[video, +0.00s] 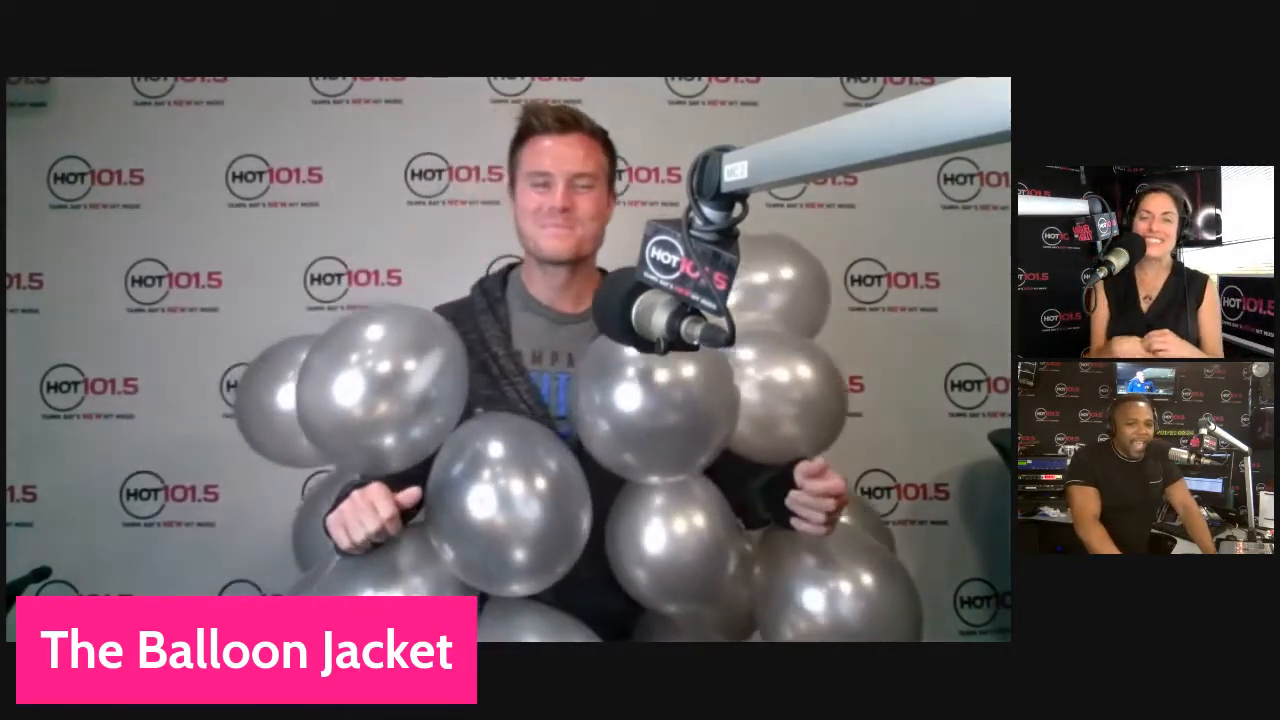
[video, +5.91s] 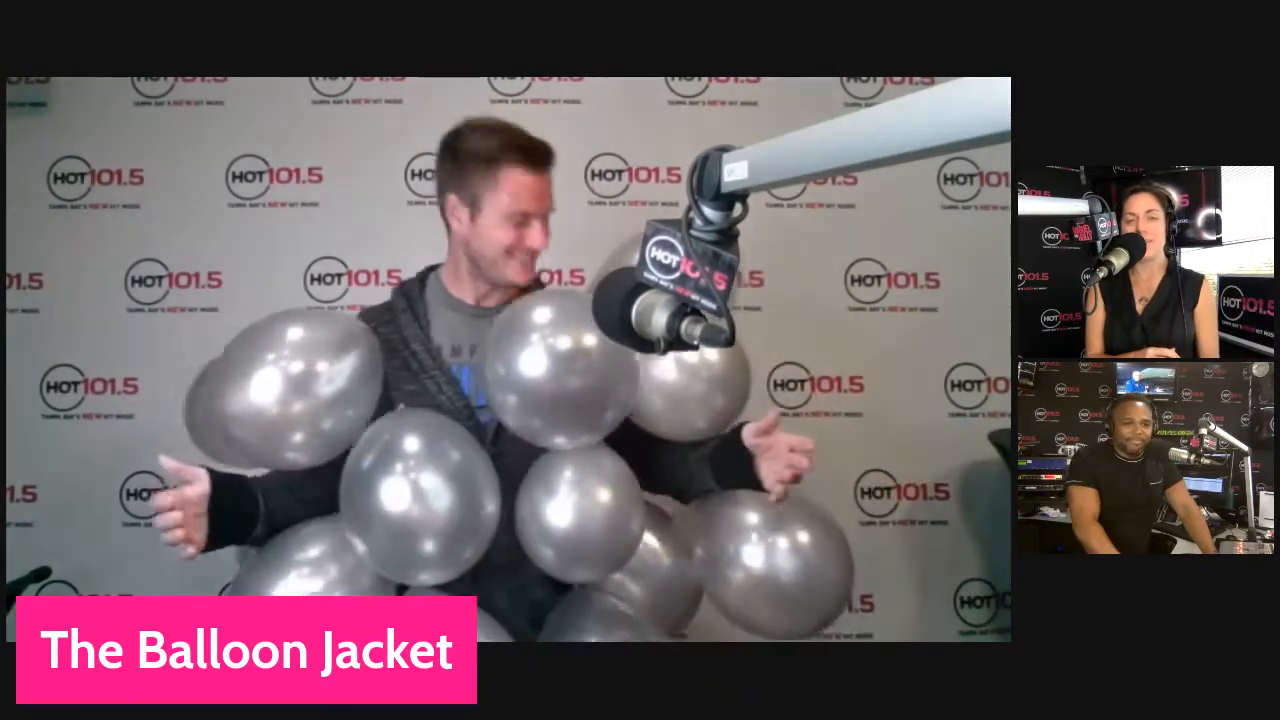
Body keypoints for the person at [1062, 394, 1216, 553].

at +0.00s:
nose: (1142, 432)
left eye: (1148, 424)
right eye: (1132, 424)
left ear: (1154, 428)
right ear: (1112, 427)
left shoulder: (1158, 457)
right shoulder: (1088, 460)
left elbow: (1187, 507)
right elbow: (1087, 524)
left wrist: (1210, 552)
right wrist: (1119, 560)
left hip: (1143, 554)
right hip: (1099, 555)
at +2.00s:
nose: (1142, 433)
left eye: (1148, 425)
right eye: (1131, 425)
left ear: (1154, 428)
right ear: (1112, 427)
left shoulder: (1157, 458)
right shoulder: (1087, 460)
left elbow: (1186, 508)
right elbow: (1086, 524)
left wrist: (1211, 552)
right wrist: (1118, 560)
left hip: (1144, 556)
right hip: (1100, 556)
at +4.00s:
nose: (1134, 429)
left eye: (1142, 422)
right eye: (1125, 422)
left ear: (1151, 428)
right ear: (1111, 427)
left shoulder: (1158, 458)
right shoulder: (1088, 461)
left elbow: (1188, 509)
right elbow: (1086, 525)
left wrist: (1211, 553)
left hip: (1143, 556)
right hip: (1100, 557)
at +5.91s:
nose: (1138, 431)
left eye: (1145, 424)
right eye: (1128, 423)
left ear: (1153, 429)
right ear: (1112, 427)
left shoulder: (1158, 458)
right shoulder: (1088, 461)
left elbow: (1188, 509)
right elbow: (1086, 525)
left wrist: (1211, 553)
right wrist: (1120, 565)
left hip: (1142, 557)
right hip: (1096, 559)